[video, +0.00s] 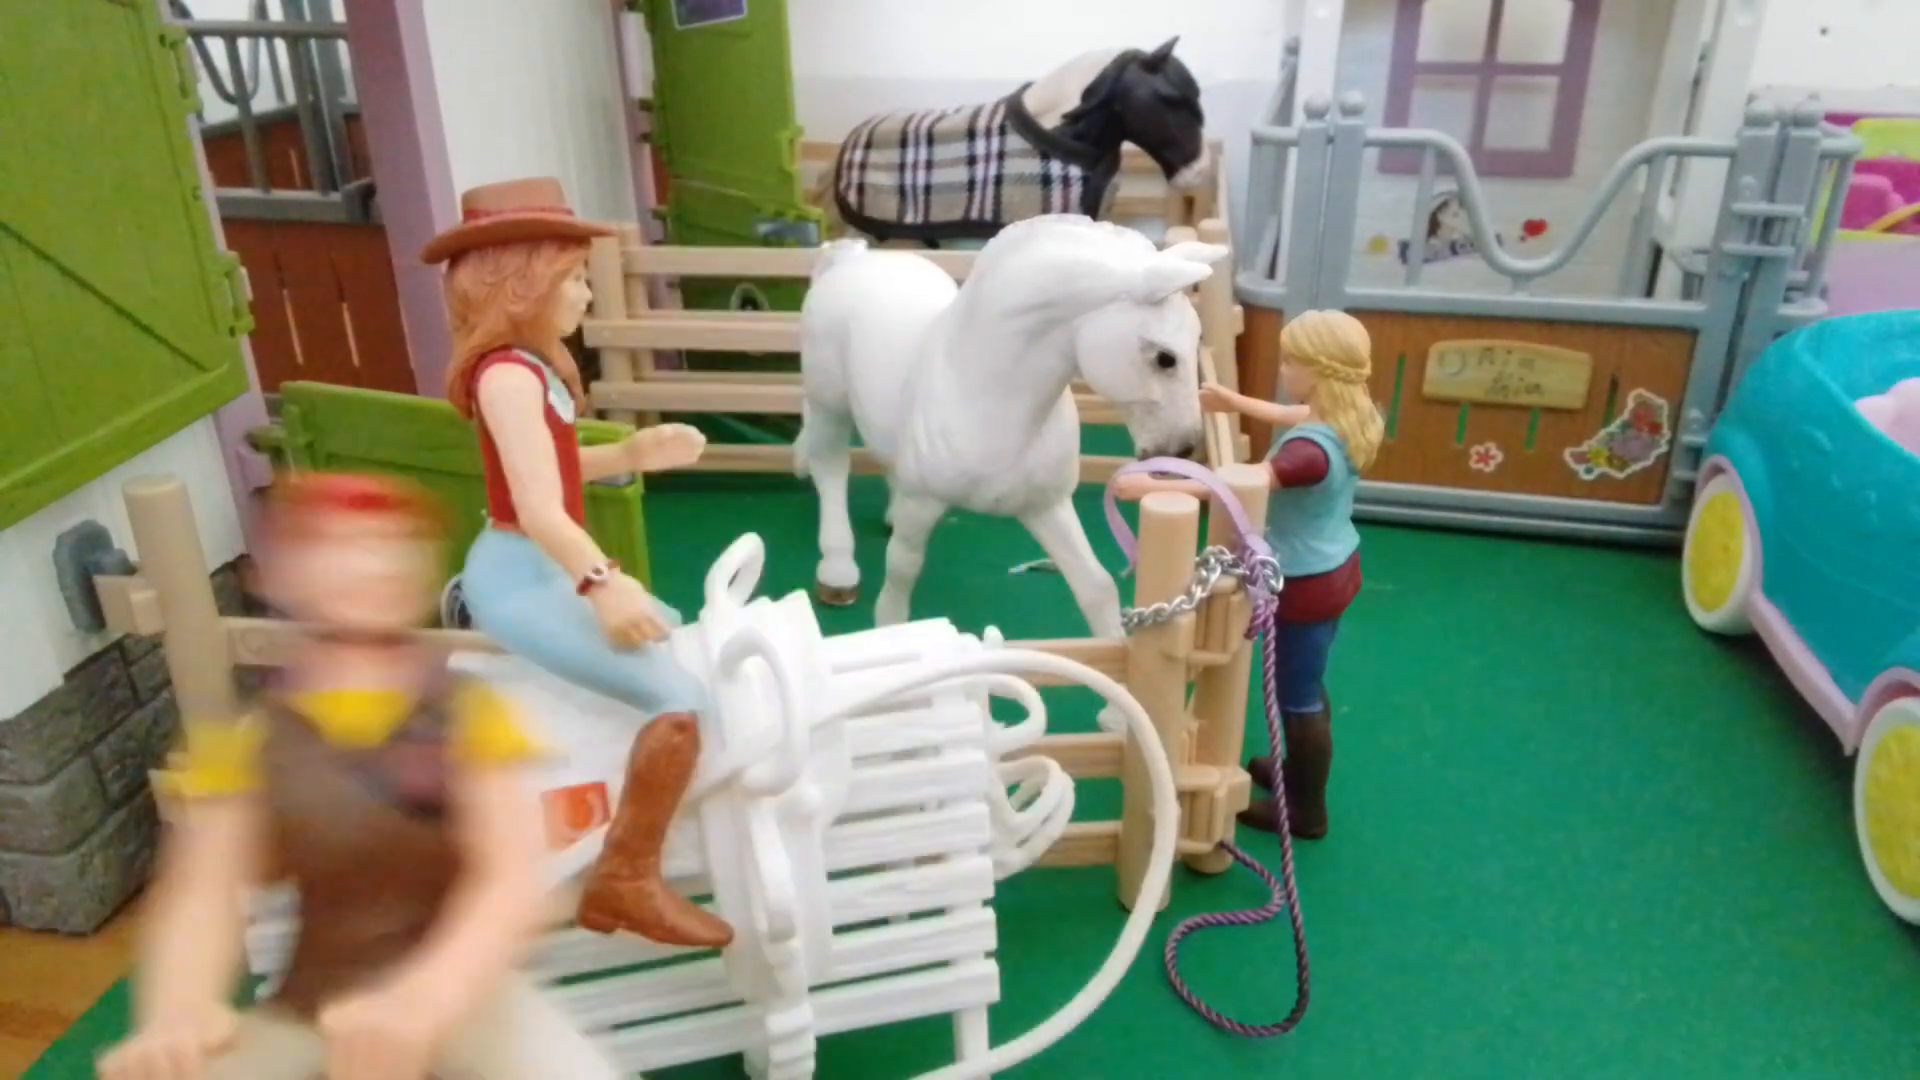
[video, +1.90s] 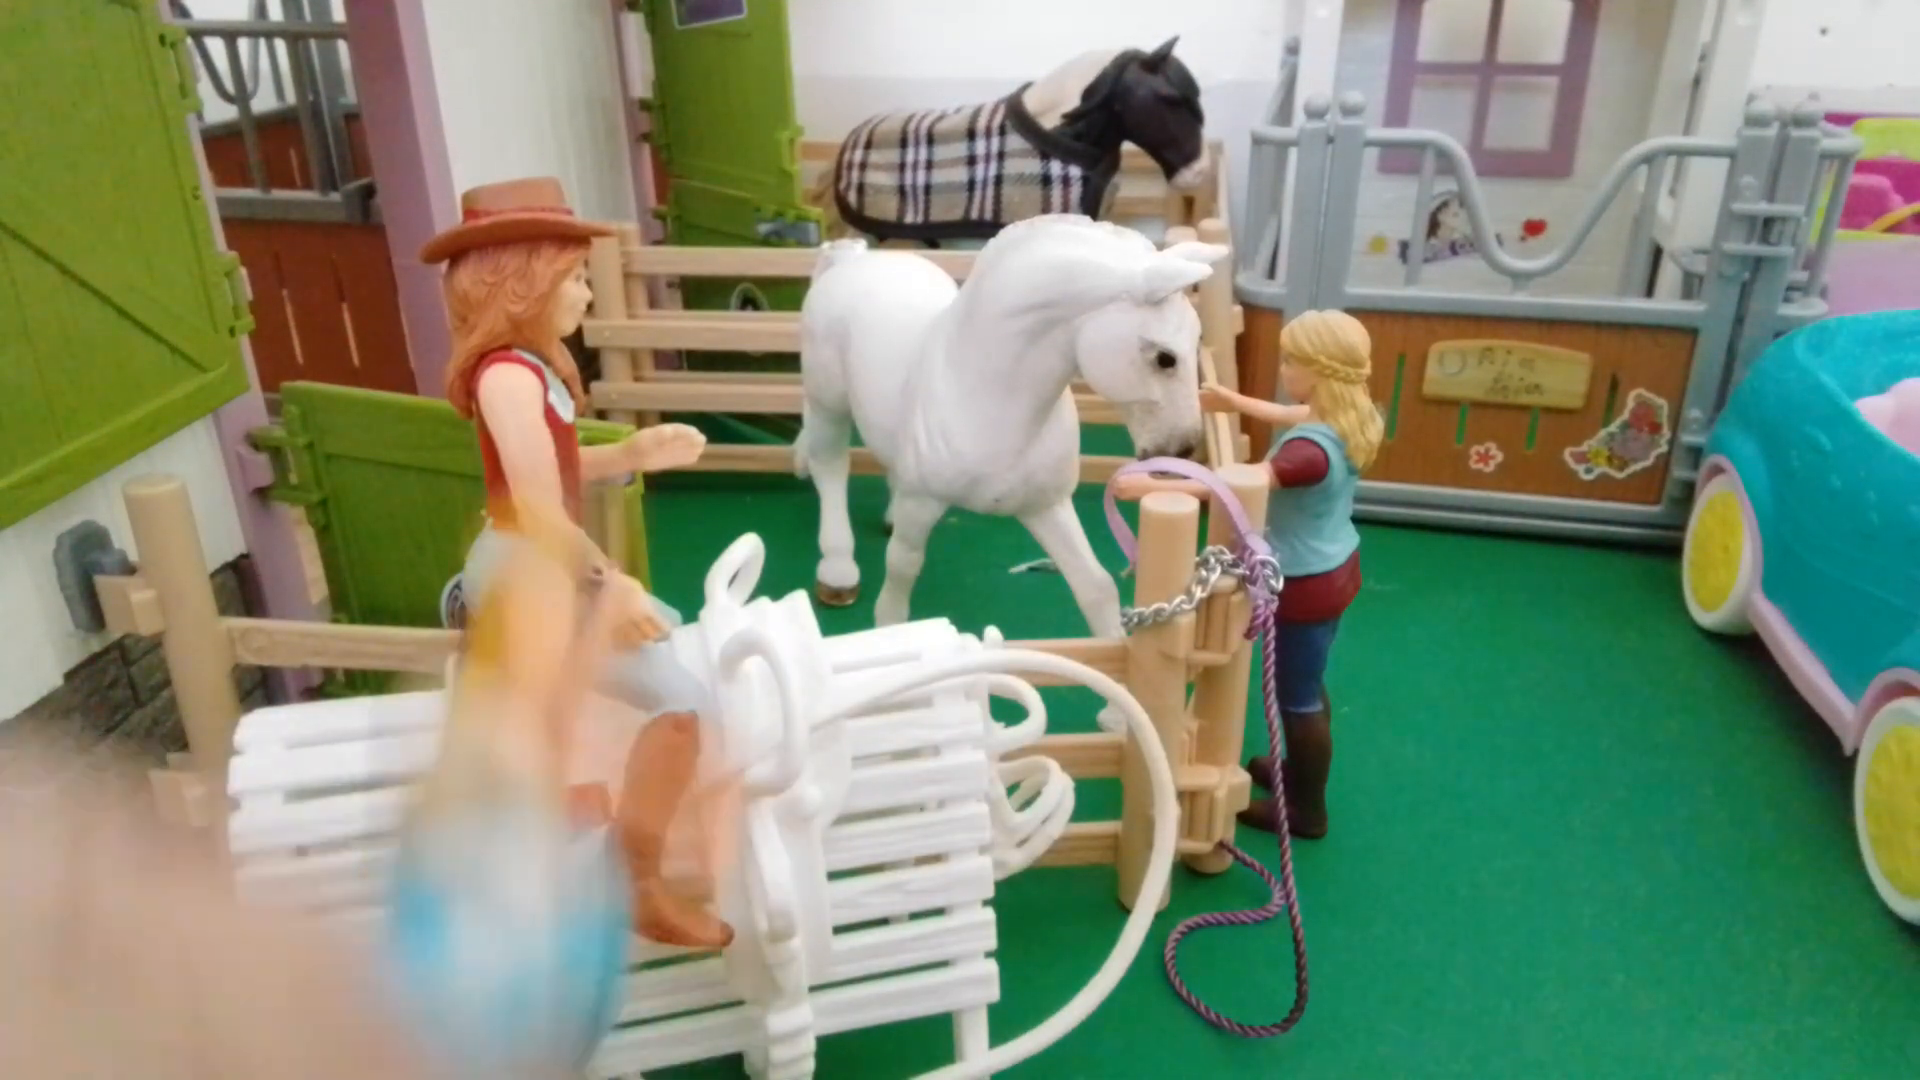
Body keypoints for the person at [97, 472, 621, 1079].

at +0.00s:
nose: (370, 569)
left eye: (389, 546)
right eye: (339, 548)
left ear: (419, 565)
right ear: (280, 572)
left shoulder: (471, 716)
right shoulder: (247, 740)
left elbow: (512, 881)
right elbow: (203, 893)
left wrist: (415, 1006)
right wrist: (181, 1012)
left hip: (465, 988)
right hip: (311, 1006)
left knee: (575, 1067)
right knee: (191, 1064)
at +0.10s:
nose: (361, 401)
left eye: (390, 379)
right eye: (354, 382)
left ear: (459, 404)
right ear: (341, 408)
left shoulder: (487, 528)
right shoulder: (349, 566)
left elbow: (489, 712)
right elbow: (303, 762)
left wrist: (215, 856)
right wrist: (160, 865)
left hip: (497, 830)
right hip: (392, 857)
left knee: (533, 1048)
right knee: (223, 1059)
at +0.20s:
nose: (380, 454)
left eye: (396, 429)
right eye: (359, 441)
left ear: (447, 437)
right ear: (344, 467)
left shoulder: (502, 533)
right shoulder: (392, 592)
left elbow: (533, 685)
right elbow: (366, 785)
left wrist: (363, 779)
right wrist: (231, 869)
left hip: (553, 801)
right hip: (470, 843)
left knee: (615, 947)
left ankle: (767, 1058)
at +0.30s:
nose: (462, 395)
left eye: (483, 374)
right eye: (437, 392)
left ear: (540, 403)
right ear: (424, 440)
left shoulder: (601, 487)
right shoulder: (441, 574)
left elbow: (628, 627)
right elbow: (404, 748)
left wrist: (461, 689)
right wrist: (309, 786)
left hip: (624, 741)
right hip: (517, 799)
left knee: (784, 862)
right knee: (356, 1021)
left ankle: (937, 1059)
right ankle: (310, 1068)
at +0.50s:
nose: (588, 293)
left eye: (585, 277)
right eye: (576, 277)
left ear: (532, 288)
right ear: (526, 284)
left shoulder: (538, 369)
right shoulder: (509, 377)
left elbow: (554, 468)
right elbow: (536, 512)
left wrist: (635, 454)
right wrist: (604, 584)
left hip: (551, 563)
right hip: (517, 577)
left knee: (701, 656)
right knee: (681, 696)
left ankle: (634, 873)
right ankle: (625, 879)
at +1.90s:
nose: (587, 293)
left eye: (584, 277)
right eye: (575, 277)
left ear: (533, 288)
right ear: (527, 286)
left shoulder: (539, 367)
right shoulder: (509, 377)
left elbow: (557, 464)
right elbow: (534, 510)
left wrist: (638, 453)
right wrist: (611, 584)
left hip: (549, 565)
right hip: (521, 576)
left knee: (701, 667)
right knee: (684, 692)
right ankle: (642, 881)